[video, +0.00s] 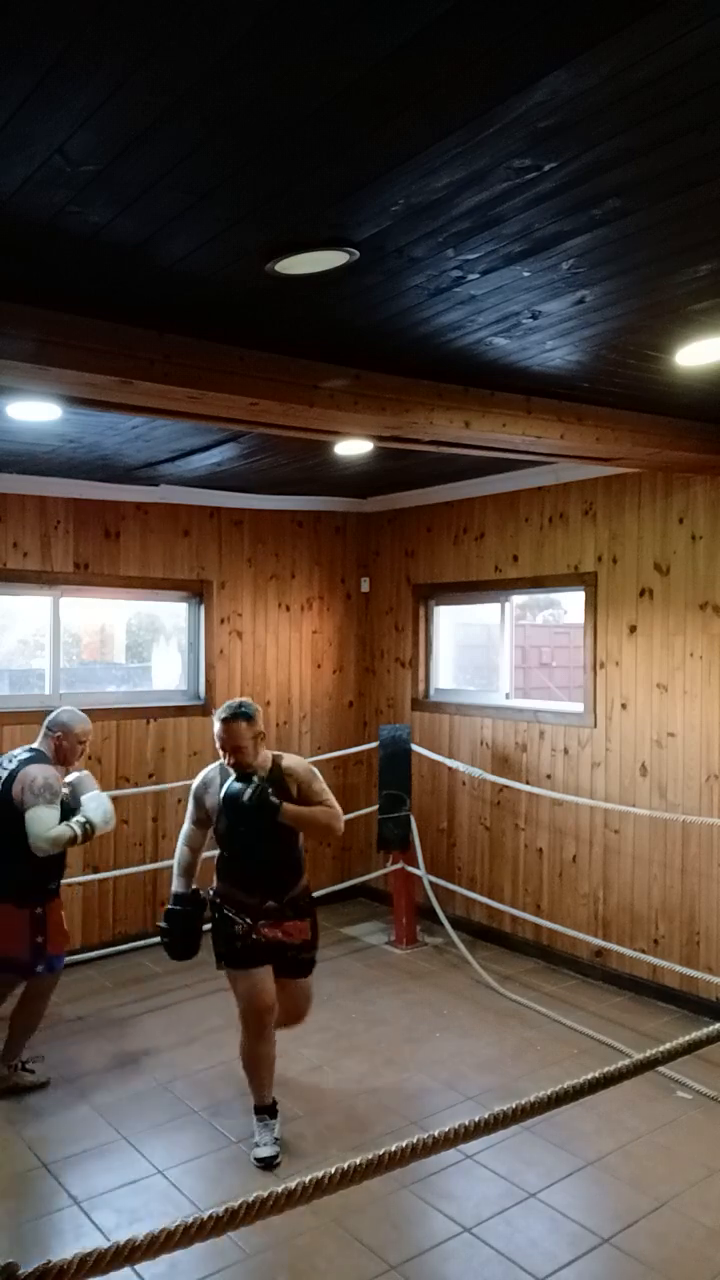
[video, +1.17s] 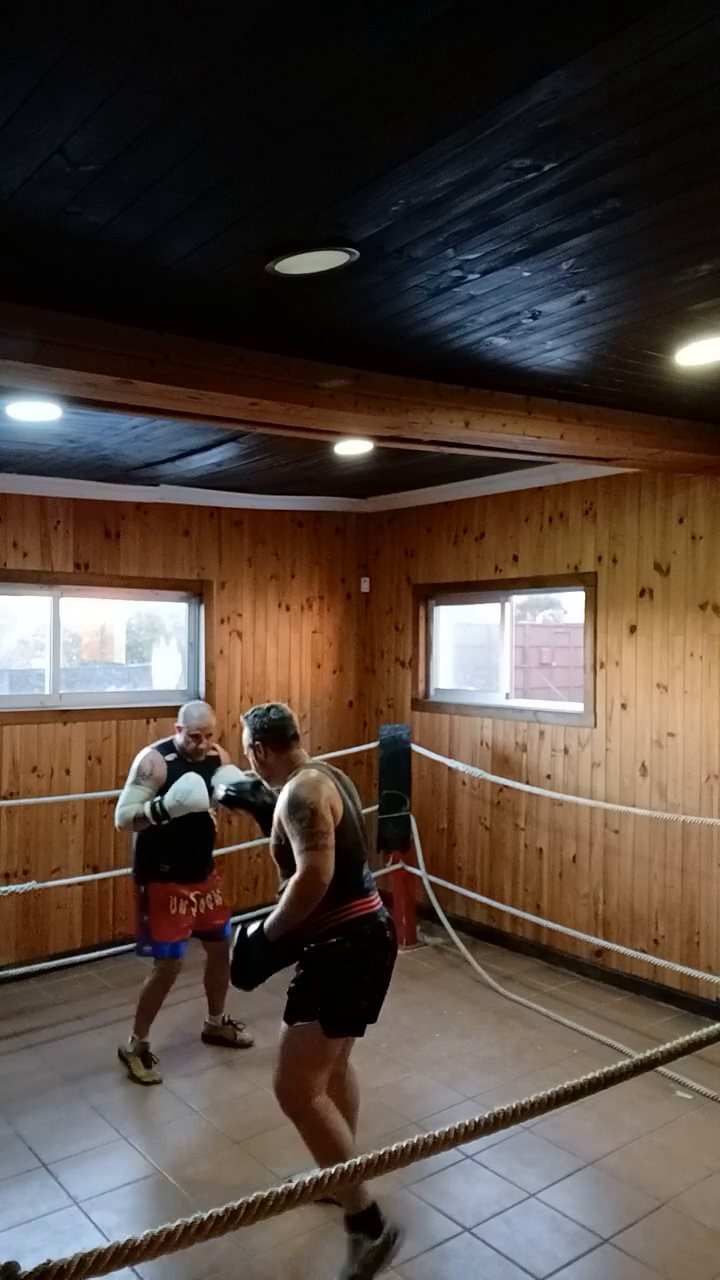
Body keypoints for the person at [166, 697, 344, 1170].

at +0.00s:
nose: (231, 756)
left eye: (238, 747)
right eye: (223, 748)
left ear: (259, 736)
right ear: (216, 743)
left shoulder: (295, 770)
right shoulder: (209, 784)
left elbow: (334, 823)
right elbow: (190, 842)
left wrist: (272, 806)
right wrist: (179, 901)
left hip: (292, 905)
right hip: (237, 910)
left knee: (294, 1010)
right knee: (259, 1012)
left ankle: (253, 1018)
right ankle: (264, 1117)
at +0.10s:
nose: (229, 751)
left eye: (237, 742)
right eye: (224, 742)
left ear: (263, 731)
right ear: (220, 737)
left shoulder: (305, 766)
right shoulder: (219, 777)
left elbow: (336, 823)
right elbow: (204, 834)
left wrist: (272, 802)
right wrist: (194, 889)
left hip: (303, 907)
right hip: (247, 911)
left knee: (315, 1015)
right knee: (258, 1018)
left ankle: (297, 1063)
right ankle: (264, 1118)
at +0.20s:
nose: (231, 750)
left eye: (236, 740)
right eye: (227, 741)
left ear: (266, 727)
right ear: (232, 736)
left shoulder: (313, 766)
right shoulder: (238, 773)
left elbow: (337, 829)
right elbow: (222, 831)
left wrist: (272, 802)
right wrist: (207, 879)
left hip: (316, 908)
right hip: (260, 911)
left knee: (320, 1020)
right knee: (263, 1022)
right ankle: (265, 1121)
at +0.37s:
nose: (246, 762)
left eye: (248, 752)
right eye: (243, 754)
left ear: (272, 745)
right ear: (268, 745)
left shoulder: (330, 789)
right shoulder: (268, 788)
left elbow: (335, 861)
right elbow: (269, 852)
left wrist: (266, 839)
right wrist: (235, 878)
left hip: (336, 936)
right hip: (285, 930)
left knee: (342, 1061)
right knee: (272, 1043)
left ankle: (398, 1202)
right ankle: (280, 1121)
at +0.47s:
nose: (257, 773)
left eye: (258, 763)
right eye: (255, 763)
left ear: (281, 759)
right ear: (288, 754)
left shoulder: (335, 807)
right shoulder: (299, 803)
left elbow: (337, 886)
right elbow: (302, 874)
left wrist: (262, 888)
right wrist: (255, 882)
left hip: (353, 953)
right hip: (310, 951)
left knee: (340, 1087)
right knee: (274, 1046)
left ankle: (405, 1210)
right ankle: (302, 1129)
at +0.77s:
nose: (263, 745)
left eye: (263, 736)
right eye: (264, 736)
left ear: (276, 738)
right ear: (313, 729)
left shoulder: (315, 789)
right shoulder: (340, 772)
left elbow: (328, 875)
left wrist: (299, 953)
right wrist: (278, 808)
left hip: (351, 941)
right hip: (350, 931)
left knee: (358, 1079)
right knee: (323, 1044)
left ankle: (409, 1209)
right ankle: (342, 1167)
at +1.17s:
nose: (249, 761)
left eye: (249, 752)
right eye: (249, 753)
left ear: (262, 750)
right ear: (296, 737)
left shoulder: (300, 792)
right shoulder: (329, 777)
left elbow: (315, 876)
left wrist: (262, 945)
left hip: (339, 945)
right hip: (364, 933)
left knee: (296, 1092)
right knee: (333, 1063)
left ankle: (367, 1226)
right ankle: (341, 1172)